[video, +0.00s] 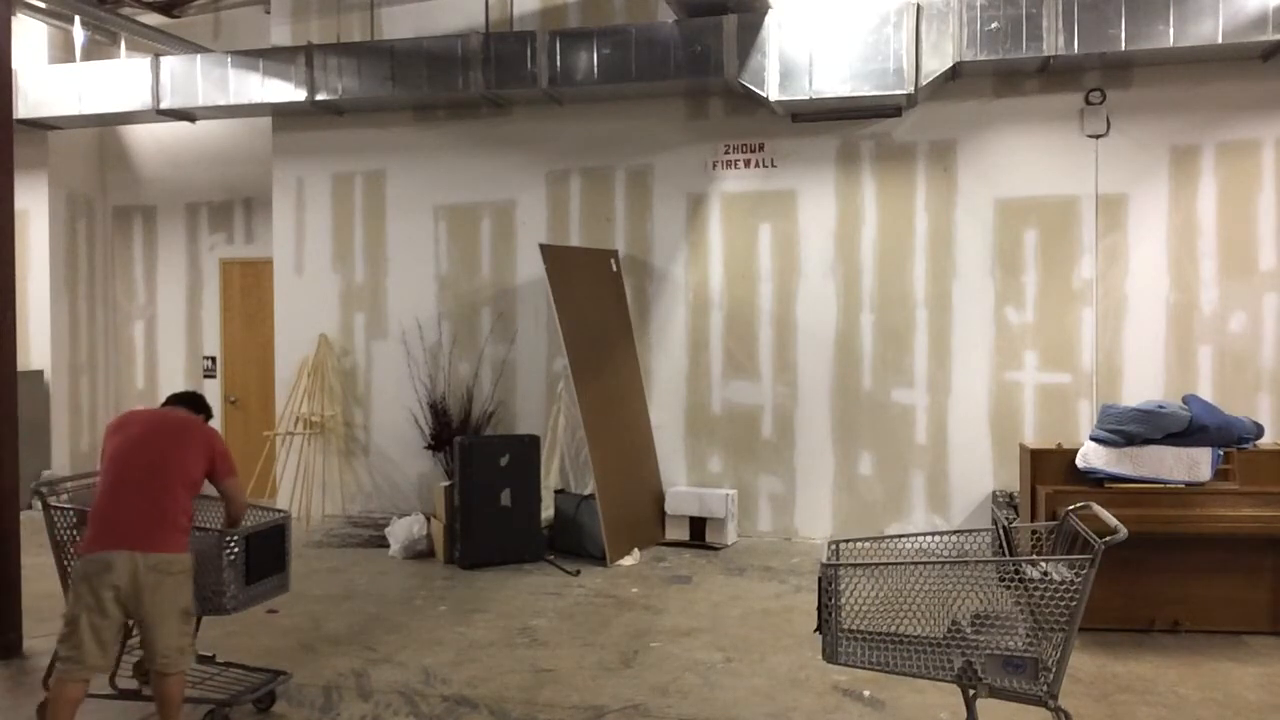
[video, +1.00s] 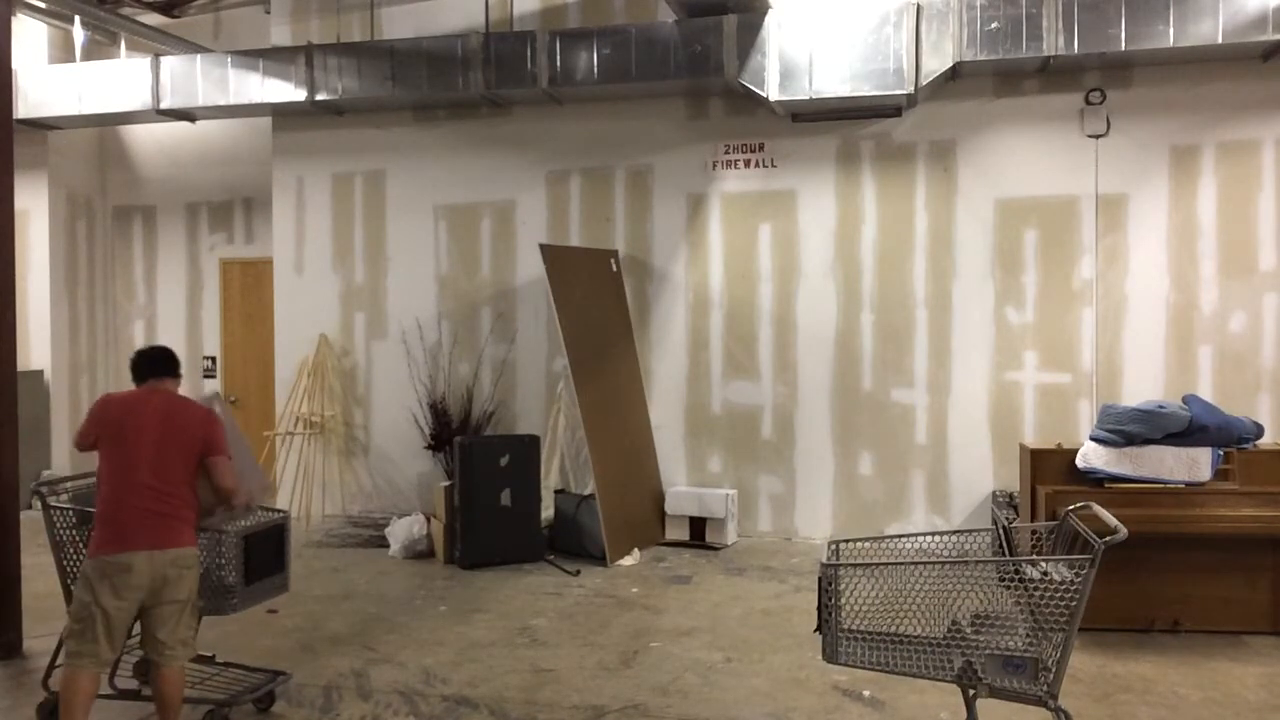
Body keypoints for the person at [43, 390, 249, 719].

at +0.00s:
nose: (204, 430)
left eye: (206, 427)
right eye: (206, 426)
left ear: (164, 407)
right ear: (201, 419)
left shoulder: (120, 422)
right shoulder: (206, 434)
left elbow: (107, 481)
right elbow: (237, 501)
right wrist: (229, 527)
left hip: (101, 552)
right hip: (164, 556)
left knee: (76, 663)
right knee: (169, 663)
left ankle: (55, 712)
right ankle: (170, 715)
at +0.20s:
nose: (205, 421)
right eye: (206, 416)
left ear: (161, 400)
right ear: (200, 409)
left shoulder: (120, 418)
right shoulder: (207, 427)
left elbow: (105, 480)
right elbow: (236, 501)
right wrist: (237, 521)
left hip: (109, 554)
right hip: (172, 557)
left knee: (81, 660)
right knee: (171, 661)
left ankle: (59, 713)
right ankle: (170, 715)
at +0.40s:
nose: (205, 410)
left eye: (206, 407)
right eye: (206, 406)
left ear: (162, 391)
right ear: (200, 399)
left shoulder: (119, 411)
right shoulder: (209, 423)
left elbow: (102, 477)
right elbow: (231, 492)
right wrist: (242, 512)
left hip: (111, 553)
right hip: (175, 556)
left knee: (85, 656)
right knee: (171, 661)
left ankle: (61, 715)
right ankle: (169, 715)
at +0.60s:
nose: (204, 403)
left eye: (204, 399)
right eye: (206, 399)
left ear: (163, 386)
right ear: (201, 394)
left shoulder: (121, 406)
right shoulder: (211, 422)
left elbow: (104, 466)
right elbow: (231, 491)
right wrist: (239, 517)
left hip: (113, 552)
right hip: (176, 555)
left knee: (85, 655)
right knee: (171, 660)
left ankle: (62, 714)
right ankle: (169, 715)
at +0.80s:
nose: (197, 396)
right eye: (198, 391)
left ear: (155, 381)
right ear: (196, 388)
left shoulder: (118, 405)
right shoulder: (211, 421)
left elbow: (101, 458)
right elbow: (229, 491)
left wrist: (146, 467)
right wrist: (238, 516)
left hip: (114, 552)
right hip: (176, 555)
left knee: (86, 655)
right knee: (170, 658)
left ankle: (65, 715)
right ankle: (169, 715)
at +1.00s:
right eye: (177, 378)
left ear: (135, 379)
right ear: (177, 378)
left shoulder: (110, 406)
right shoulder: (202, 416)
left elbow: (82, 443)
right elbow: (224, 482)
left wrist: (122, 430)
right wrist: (232, 498)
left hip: (117, 555)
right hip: (178, 555)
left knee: (86, 657)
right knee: (170, 657)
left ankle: (69, 715)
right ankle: (170, 716)